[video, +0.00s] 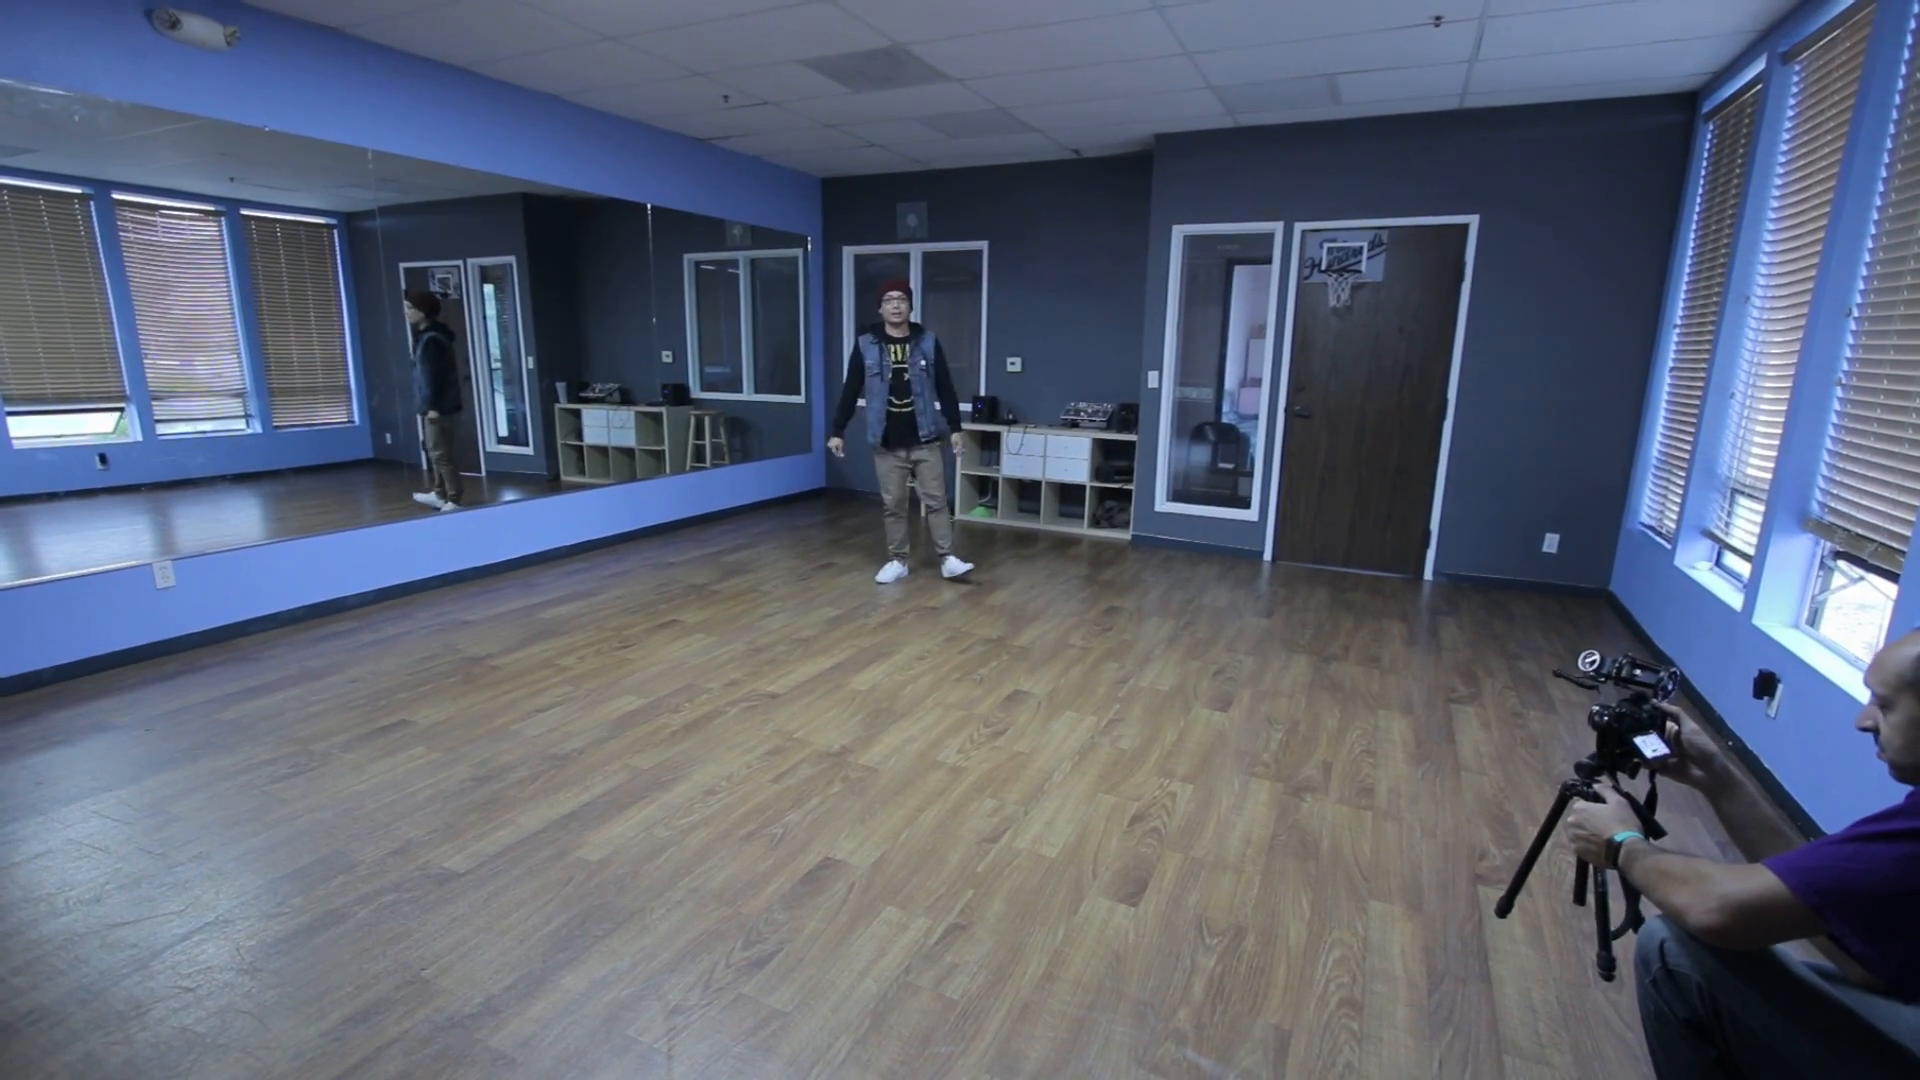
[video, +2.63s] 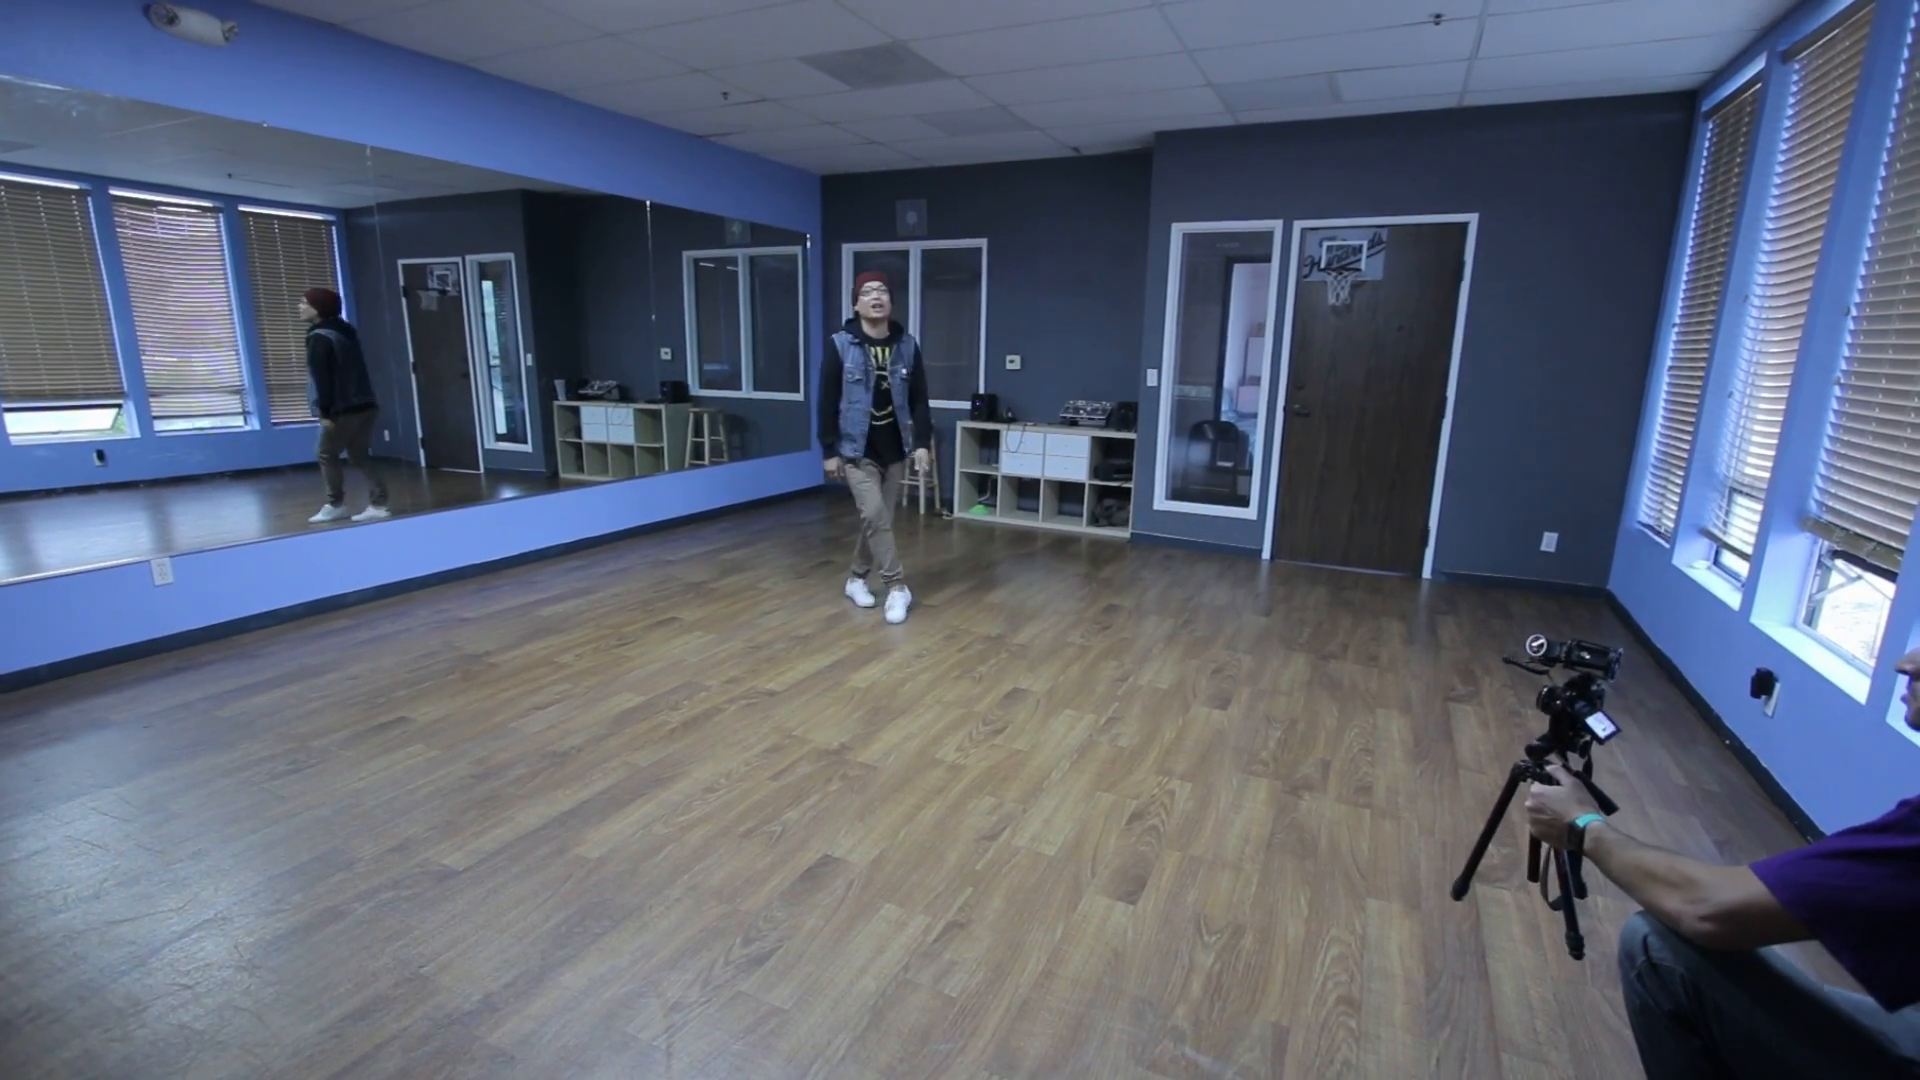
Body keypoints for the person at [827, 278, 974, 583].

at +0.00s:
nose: (895, 306)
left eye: (901, 300)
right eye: (889, 301)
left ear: (910, 306)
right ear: (880, 308)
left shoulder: (927, 342)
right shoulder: (866, 345)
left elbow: (944, 387)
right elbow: (851, 390)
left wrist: (955, 428)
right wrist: (837, 432)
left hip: (926, 438)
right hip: (887, 440)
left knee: (936, 500)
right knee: (893, 504)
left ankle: (947, 558)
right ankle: (898, 561)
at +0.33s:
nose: (909, 308)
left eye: (914, 302)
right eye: (902, 303)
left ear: (923, 309)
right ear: (893, 311)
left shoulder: (938, 345)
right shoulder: (879, 347)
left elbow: (949, 392)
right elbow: (873, 395)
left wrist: (950, 434)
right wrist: (882, 434)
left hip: (935, 438)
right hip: (897, 439)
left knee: (954, 491)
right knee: (896, 504)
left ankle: (947, 553)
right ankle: (898, 561)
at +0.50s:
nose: (921, 305)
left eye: (927, 300)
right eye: (914, 300)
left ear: (936, 306)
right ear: (906, 308)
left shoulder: (952, 344)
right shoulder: (889, 343)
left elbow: (962, 392)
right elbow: (892, 393)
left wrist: (958, 433)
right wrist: (924, 422)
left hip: (943, 438)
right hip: (904, 437)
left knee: (946, 505)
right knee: (902, 502)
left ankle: (950, 564)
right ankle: (898, 560)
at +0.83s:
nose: (960, 316)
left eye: (965, 311)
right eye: (953, 311)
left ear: (972, 318)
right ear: (941, 317)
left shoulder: (984, 358)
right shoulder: (922, 352)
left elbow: (997, 403)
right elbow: (909, 402)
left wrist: (1001, 444)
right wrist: (911, 445)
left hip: (963, 453)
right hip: (924, 449)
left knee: (963, 515)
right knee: (903, 509)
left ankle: (951, 569)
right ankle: (887, 561)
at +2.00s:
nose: (929, 332)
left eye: (934, 325)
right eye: (920, 326)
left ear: (941, 330)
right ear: (904, 331)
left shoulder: (948, 366)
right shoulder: (882, 370)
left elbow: (958, 418)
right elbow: (873, 429)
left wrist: (967, 464)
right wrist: (887, 478)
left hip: (932, 459)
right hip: (894, 462)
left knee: (934, 516)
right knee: (897, 526)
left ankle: (940, 567)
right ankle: (907, 592)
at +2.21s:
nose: (916, 329)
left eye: (922, 322)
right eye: (907, 322)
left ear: (929, 327)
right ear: (892, 328)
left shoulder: (938, 363)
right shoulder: (871, 366)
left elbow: (941, 419)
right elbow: (863, 424)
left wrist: (922, 462)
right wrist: (870, 478)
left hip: (919, 459)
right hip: (884, 459)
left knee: (911, 522)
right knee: (889, 523)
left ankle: (902, 573)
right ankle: (905, 591)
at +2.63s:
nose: (877, 297)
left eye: (882, 292)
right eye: (869, 293)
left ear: (891, 302)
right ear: (856, 304)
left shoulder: (907, 345)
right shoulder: (839, 345)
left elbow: (919, 398)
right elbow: (826, 401)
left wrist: (923, 443)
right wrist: (829, 451)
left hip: (897, 447)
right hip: (856, 448)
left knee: (880, 517)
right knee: (875, 516)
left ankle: (857, 578)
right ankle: (897, 587)